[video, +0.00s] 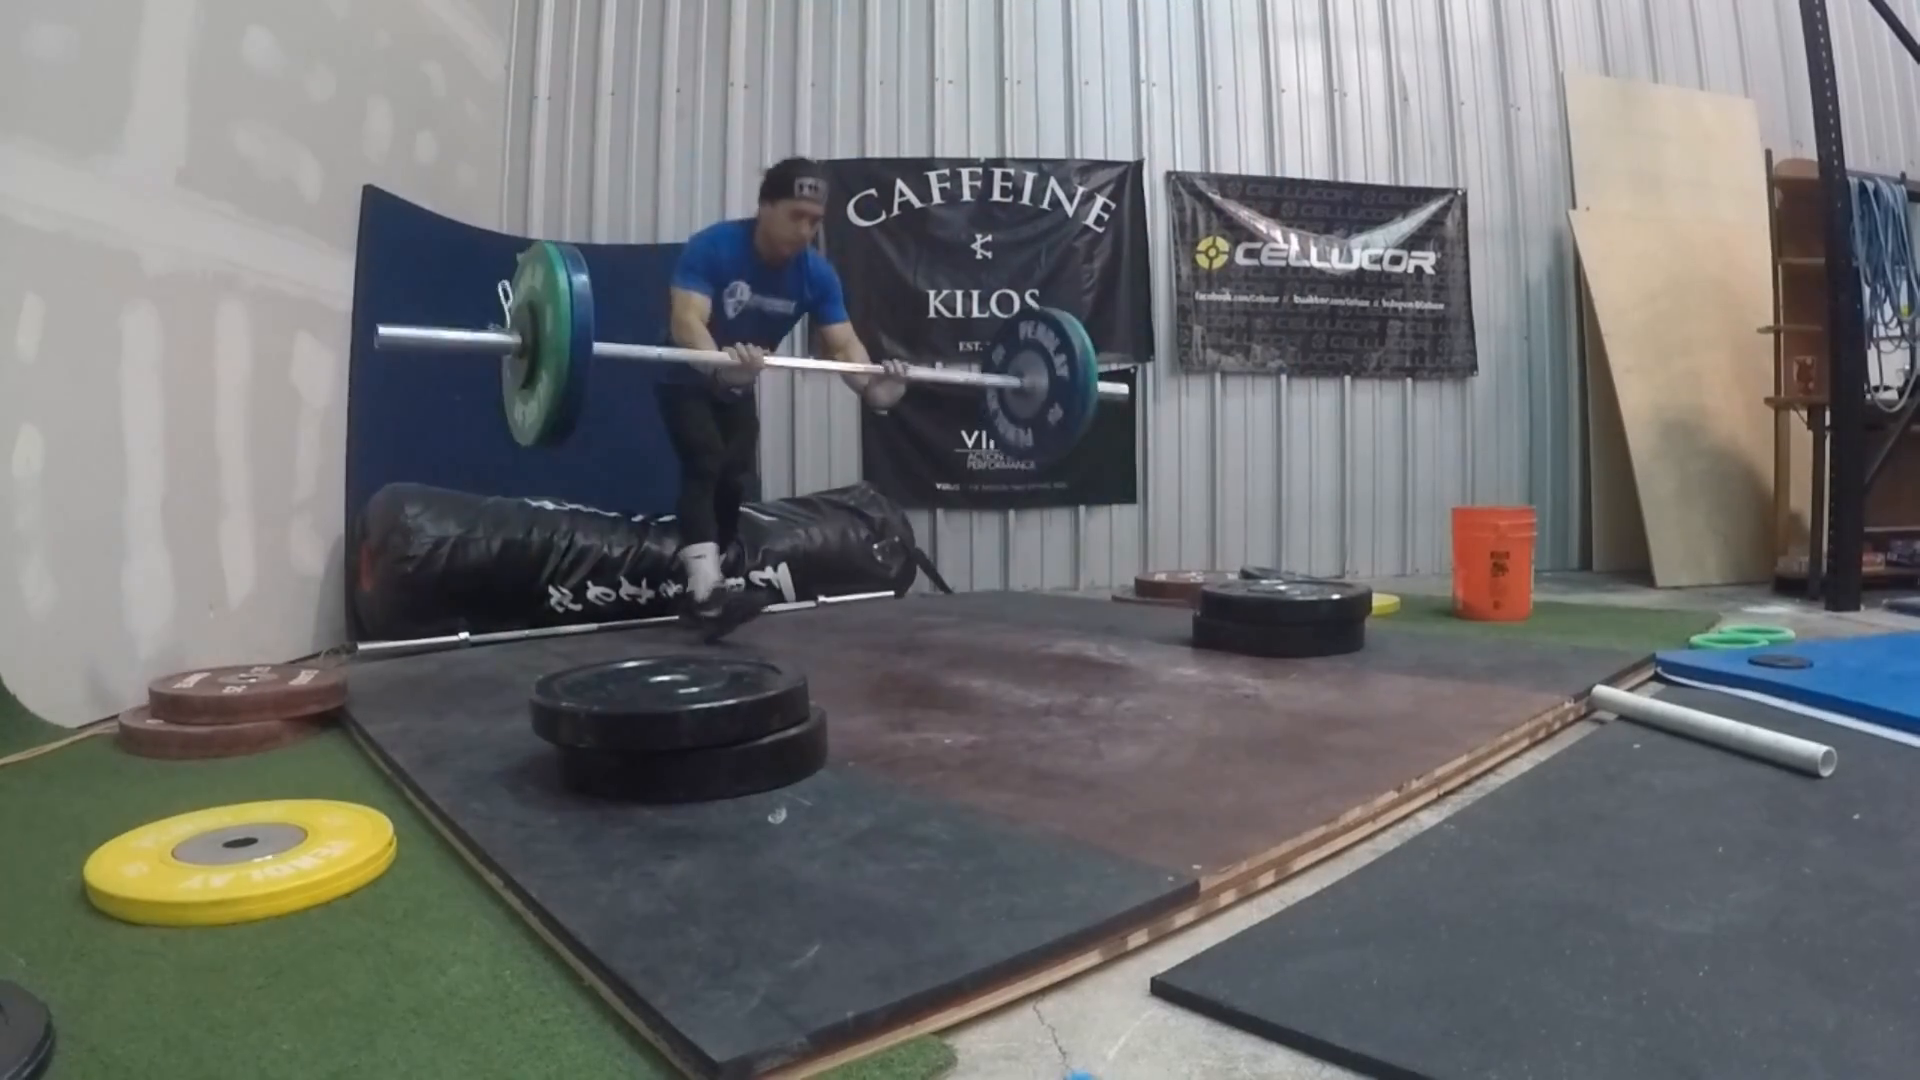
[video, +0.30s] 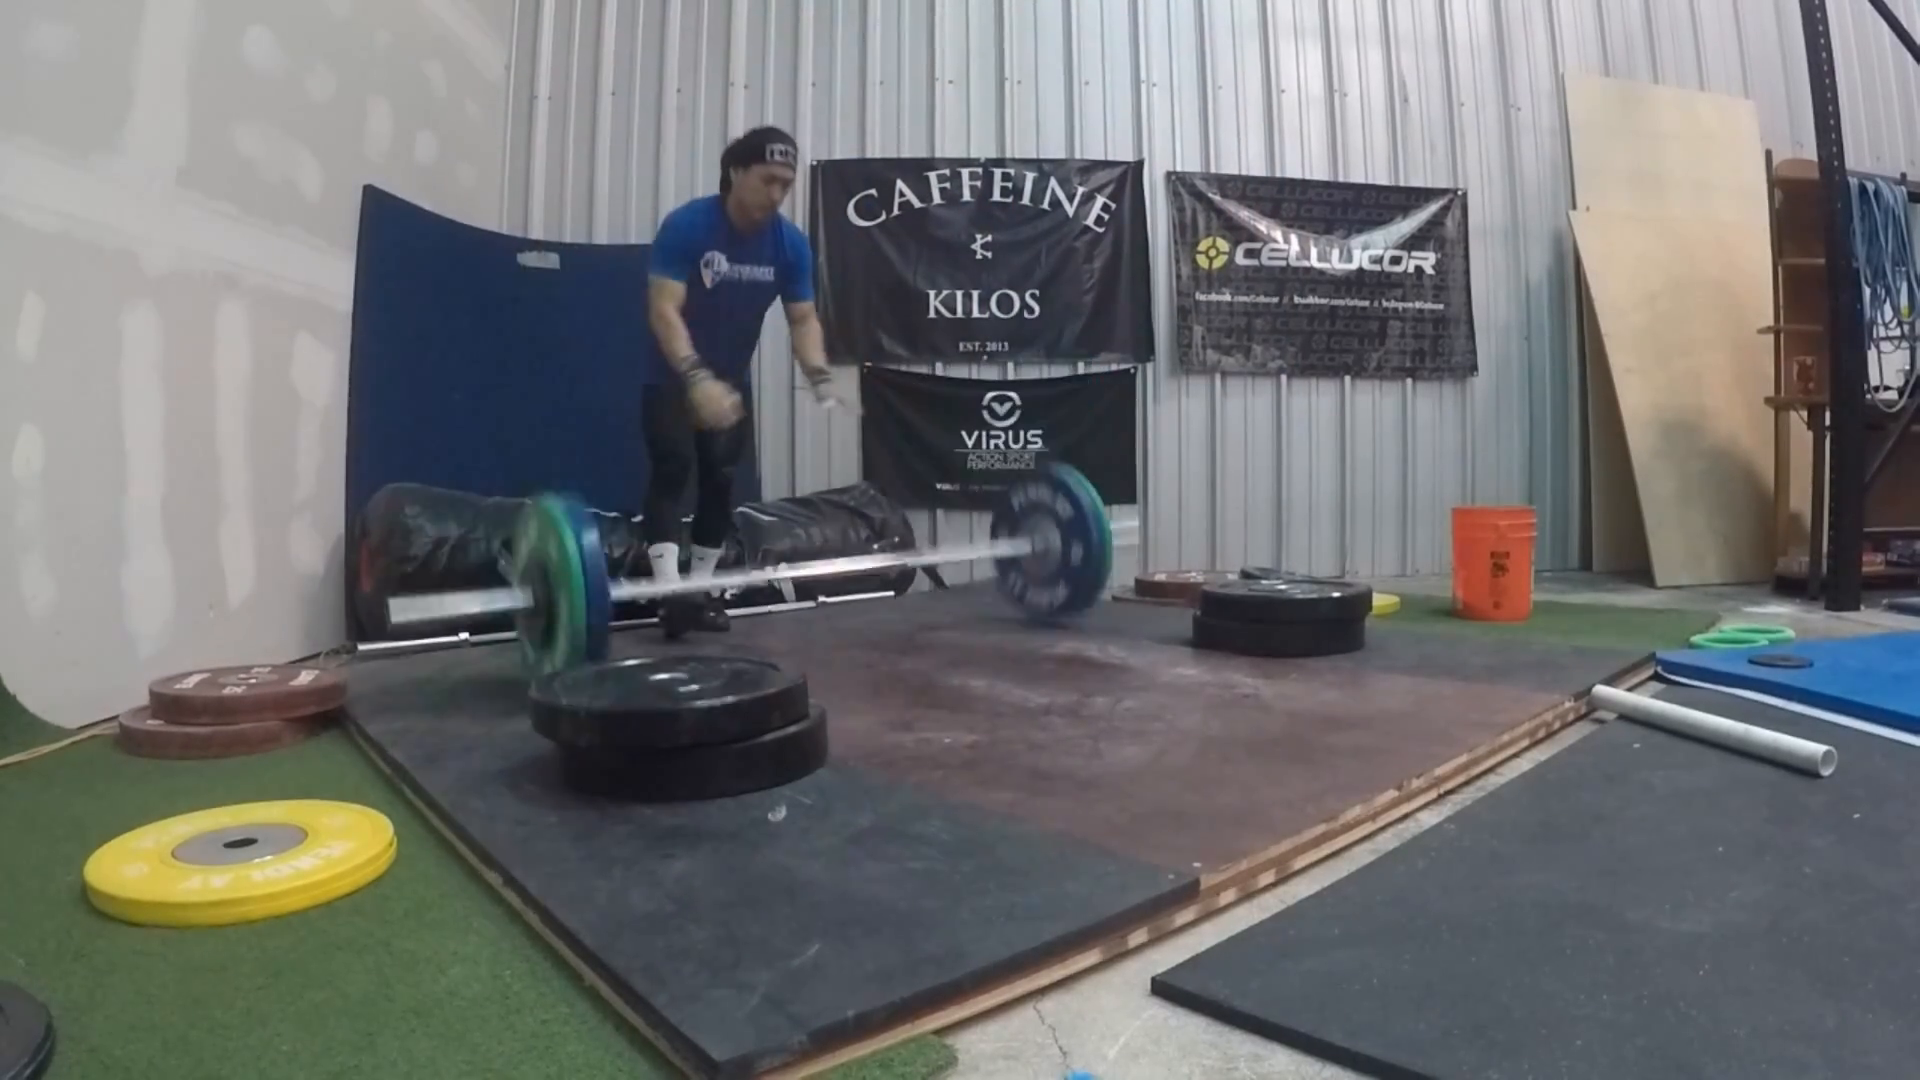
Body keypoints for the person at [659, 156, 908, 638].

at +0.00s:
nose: (807, 231)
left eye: (815, 221)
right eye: (798, 217)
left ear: (821, 223)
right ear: (766, 209)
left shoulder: (816, 274)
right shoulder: (711, 248)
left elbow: (844, 344)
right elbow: (685, 323)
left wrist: (876, 388)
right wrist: (720, 364)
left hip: (740, 386)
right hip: (687, 379)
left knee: (735, 481)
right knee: (704, 462)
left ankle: (718, 579)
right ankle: (704, 592)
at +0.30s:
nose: (778, 195)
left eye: (785, 185)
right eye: (768, 182)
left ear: (790, 185)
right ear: (734, 175)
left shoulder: (789, 244)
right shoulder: (687, 228)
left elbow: (804, 320)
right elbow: (663, 310)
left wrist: (819, 375)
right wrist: (696, 376)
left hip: (731, 374)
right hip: (672, 370)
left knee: (722, 478)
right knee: (674, 472)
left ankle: (702, 587)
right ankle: (666, 591)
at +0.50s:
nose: (776, 168)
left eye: (784, 159)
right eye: (766, 156)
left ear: (789, 162)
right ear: (733, 152)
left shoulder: (787, 223)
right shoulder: (683, 208)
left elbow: (782, 298)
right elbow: (636, 278)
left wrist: (780, 371)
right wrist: (613, 350)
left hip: (733, 364)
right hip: (674, 355)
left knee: (723, 469)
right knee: (705, 455)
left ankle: (701, 589)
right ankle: (680, 586)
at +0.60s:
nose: (775, 165)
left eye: (784, 156)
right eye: (765, 152)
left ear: (789, 160)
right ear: (733, 148)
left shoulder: (786, 219)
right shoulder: (685, 202)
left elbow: (780, 291)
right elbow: (631, 266)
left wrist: (771, 358)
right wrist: (600, 336)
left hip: (740, 361)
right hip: (679, 350)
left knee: (722, 467)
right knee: (720, 452)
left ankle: (698, 584)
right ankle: (698, 583)